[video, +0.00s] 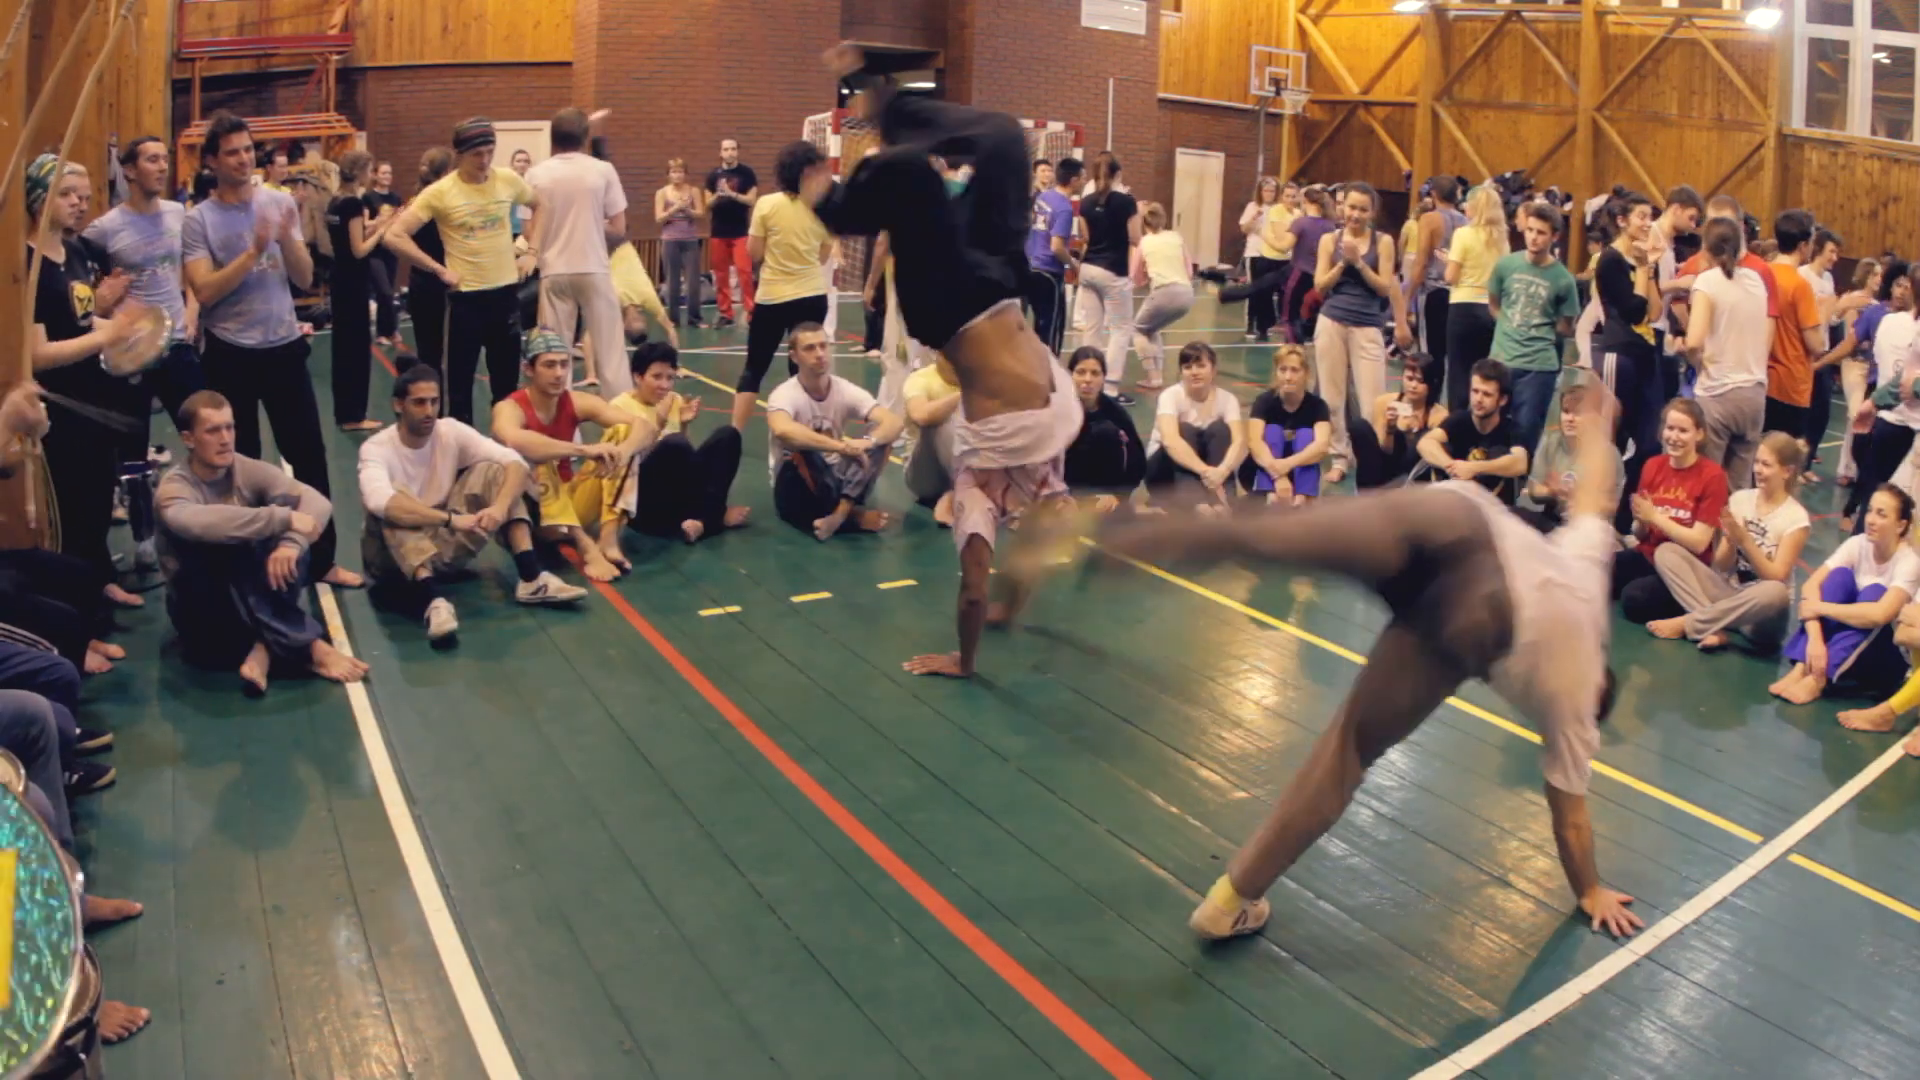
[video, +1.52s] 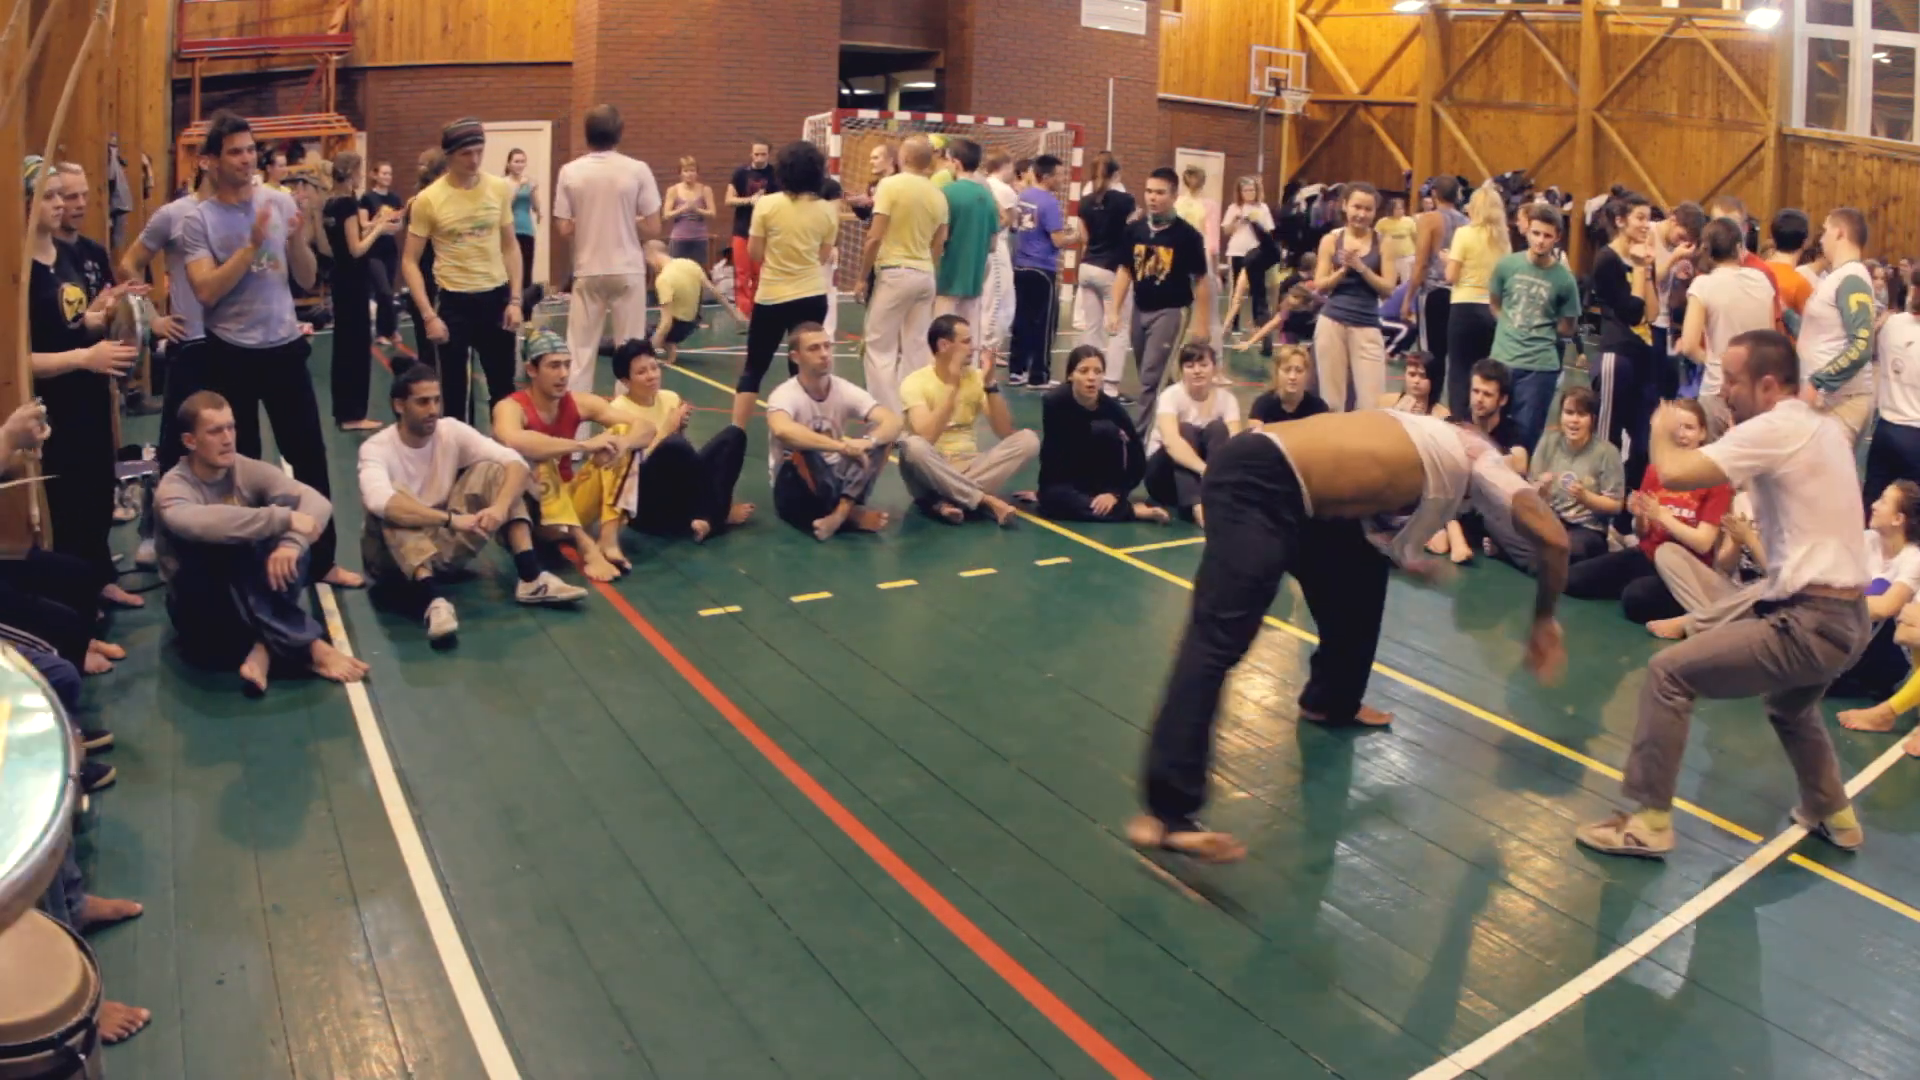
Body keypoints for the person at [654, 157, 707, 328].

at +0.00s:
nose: (676, 175)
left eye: (679, 171)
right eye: (673, 172)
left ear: (685, 173)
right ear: (668, 174)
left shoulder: (694, 191)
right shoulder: (662, 193)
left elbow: (701, 213)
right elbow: (659, 218)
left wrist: (687, 210)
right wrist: (675, 208)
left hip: (690, 237)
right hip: (670, 238)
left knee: (693, 280)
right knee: (673, 281)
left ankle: (694, 317)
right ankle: (673, 317)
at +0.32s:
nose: (677, 175)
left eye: (680, 172)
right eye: (674, 172)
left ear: (686, 173)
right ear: (669, 174)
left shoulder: (694, 191)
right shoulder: (662, 192)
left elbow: (701, 213)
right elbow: (659, 216)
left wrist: (687, 209)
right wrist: (674, 207)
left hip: (690, 236)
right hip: (670, 237)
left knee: (693, 280)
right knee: (672, 282)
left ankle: (694, 317)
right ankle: (673, 317)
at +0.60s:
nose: (679, 175)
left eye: (682, 172)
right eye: (676, 172)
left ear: (687, 174)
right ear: (670, 174)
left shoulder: (695, 192)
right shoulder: (663, 193)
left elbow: (704, 214)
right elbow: (652, 216)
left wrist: (688, 215)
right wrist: (672, 218)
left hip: (689, 239)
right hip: (669, 240)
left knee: (693, 280)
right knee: (671, 281)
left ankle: (694, 317)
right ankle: (672, 318)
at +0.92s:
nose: (681, 174)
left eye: (684, 170)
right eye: (677, 171)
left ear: (688, 173)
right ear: (672, 173)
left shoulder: (696, 190)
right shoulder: (664, 191)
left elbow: (704, 214)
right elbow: (657, 215)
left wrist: (688, 210)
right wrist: (673, 209)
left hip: (690, 236)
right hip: (670, 236)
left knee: (692, 273)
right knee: (671, 274)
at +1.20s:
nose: (684, 174)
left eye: (687, 170)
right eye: (680, 170)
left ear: (691, 172)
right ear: (674, 172)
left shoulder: (699, 190)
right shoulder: (667, 190)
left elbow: (705, 214)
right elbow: (661, 215)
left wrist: (694, 211)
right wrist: (676, 207)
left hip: (692, 239)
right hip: (672, 240)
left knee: (693, 276)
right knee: (673, 275)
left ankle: (695, 308)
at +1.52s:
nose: (689, 174)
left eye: (692, 171)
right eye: (685, 171)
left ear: (697, 172)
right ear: (680, 173)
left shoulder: (705, 190)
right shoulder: (673, 190)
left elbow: (712, 213)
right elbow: (666, 215)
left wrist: (696, 209)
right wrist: (683, 209)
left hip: (699, 236)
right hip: (679, 236)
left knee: (699, 274)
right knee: (678, 272)